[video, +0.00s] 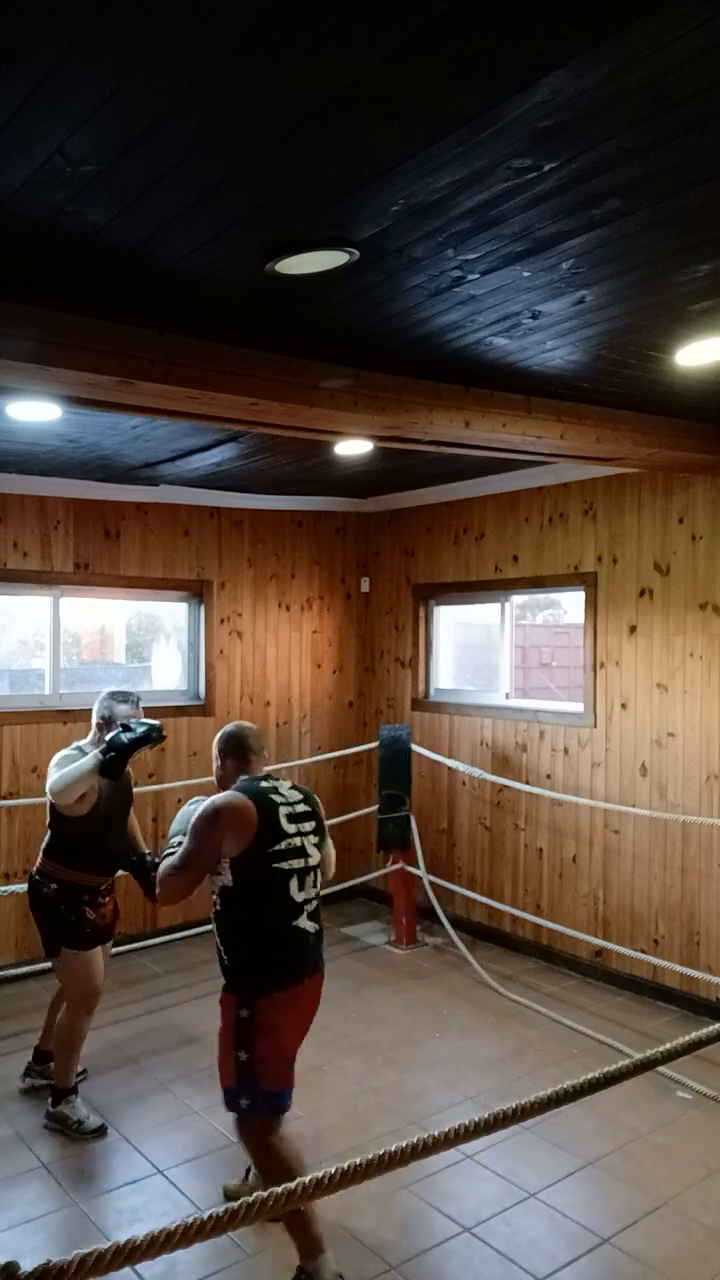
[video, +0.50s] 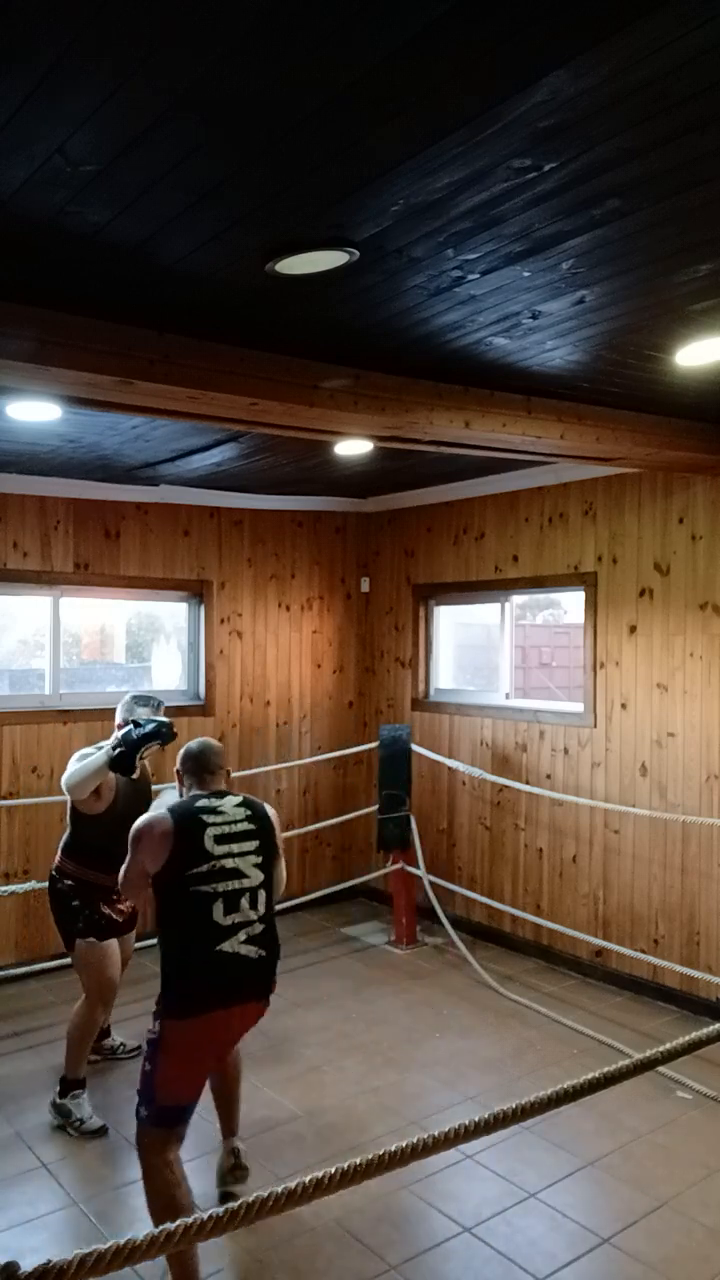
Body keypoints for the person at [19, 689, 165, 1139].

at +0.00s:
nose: (126, 737)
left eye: (133, 730)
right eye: (119, 728)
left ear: (138, 731)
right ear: (99, 723)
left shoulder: (122, 771)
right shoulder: (71, 758)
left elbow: (125, 819)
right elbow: (57, 794)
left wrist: (144, 862)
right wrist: (108, 755)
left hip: (98, 887)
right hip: (60, 889)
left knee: (79, 982)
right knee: (87, 992)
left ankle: (44, 1063)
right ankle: (62, 1100)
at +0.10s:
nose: (131, 738)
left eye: (138, 731)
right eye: (125, 728)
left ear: (143, 732)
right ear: (105, 723)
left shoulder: (125, 769)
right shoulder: (76, 758)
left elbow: (122, 826)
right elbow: (65, 795)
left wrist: (139, 869)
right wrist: (118, 752)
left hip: (103, 886)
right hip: (65, 890)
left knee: (107, 963)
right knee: (85, 995)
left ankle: (53, 1048)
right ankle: (62, 1101)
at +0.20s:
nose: (135, 737)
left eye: (142, 730)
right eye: (129, 727)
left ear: (147, 732)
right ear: (110, 722)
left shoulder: (129, 767)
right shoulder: (81, 755)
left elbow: (121, 831)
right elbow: (72, 792)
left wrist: (139, 873)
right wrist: (122, 750)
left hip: (108, 885)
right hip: (68, 888)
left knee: (116, 959)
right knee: (88, 995)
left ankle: (59, 1036)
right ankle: (62, 1100)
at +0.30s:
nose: (142, 736)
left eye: (148, 730)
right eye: (137, 727)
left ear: (150, 732)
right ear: (117, 722)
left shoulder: (134, 766)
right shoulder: (86, 755)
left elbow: (127, 831)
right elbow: (74, 790)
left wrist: (146, 867)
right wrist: (126, 749)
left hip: (113, 883)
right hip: (73, 888)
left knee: (115, 961)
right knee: (89, 996)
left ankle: (83, 1036)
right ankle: (61, 1102)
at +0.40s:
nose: (142, 738)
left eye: (149, 732)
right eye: (137, 728)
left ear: (151, 736)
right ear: (119, 725)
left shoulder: (138, 773)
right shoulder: (90, 758)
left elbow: (138, 831)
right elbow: (74, 789)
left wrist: (154, 879)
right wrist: (125, 749)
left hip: (115, 885)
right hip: (76, 887)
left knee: (114, 961)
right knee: (96, 995)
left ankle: (98, 1038)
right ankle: (63, 1101)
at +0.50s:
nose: (146, 739)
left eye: (152, 731)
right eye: (139, 727)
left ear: (156, 737)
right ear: (120, 725)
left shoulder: (144, 775)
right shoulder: (91, 761)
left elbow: (146, 825)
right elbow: (73, 788)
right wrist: (118, 748)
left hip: (121, 882)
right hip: (77, 884)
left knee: (117, 965)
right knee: (102, 988)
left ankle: (100, 1037)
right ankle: (69, 1094)